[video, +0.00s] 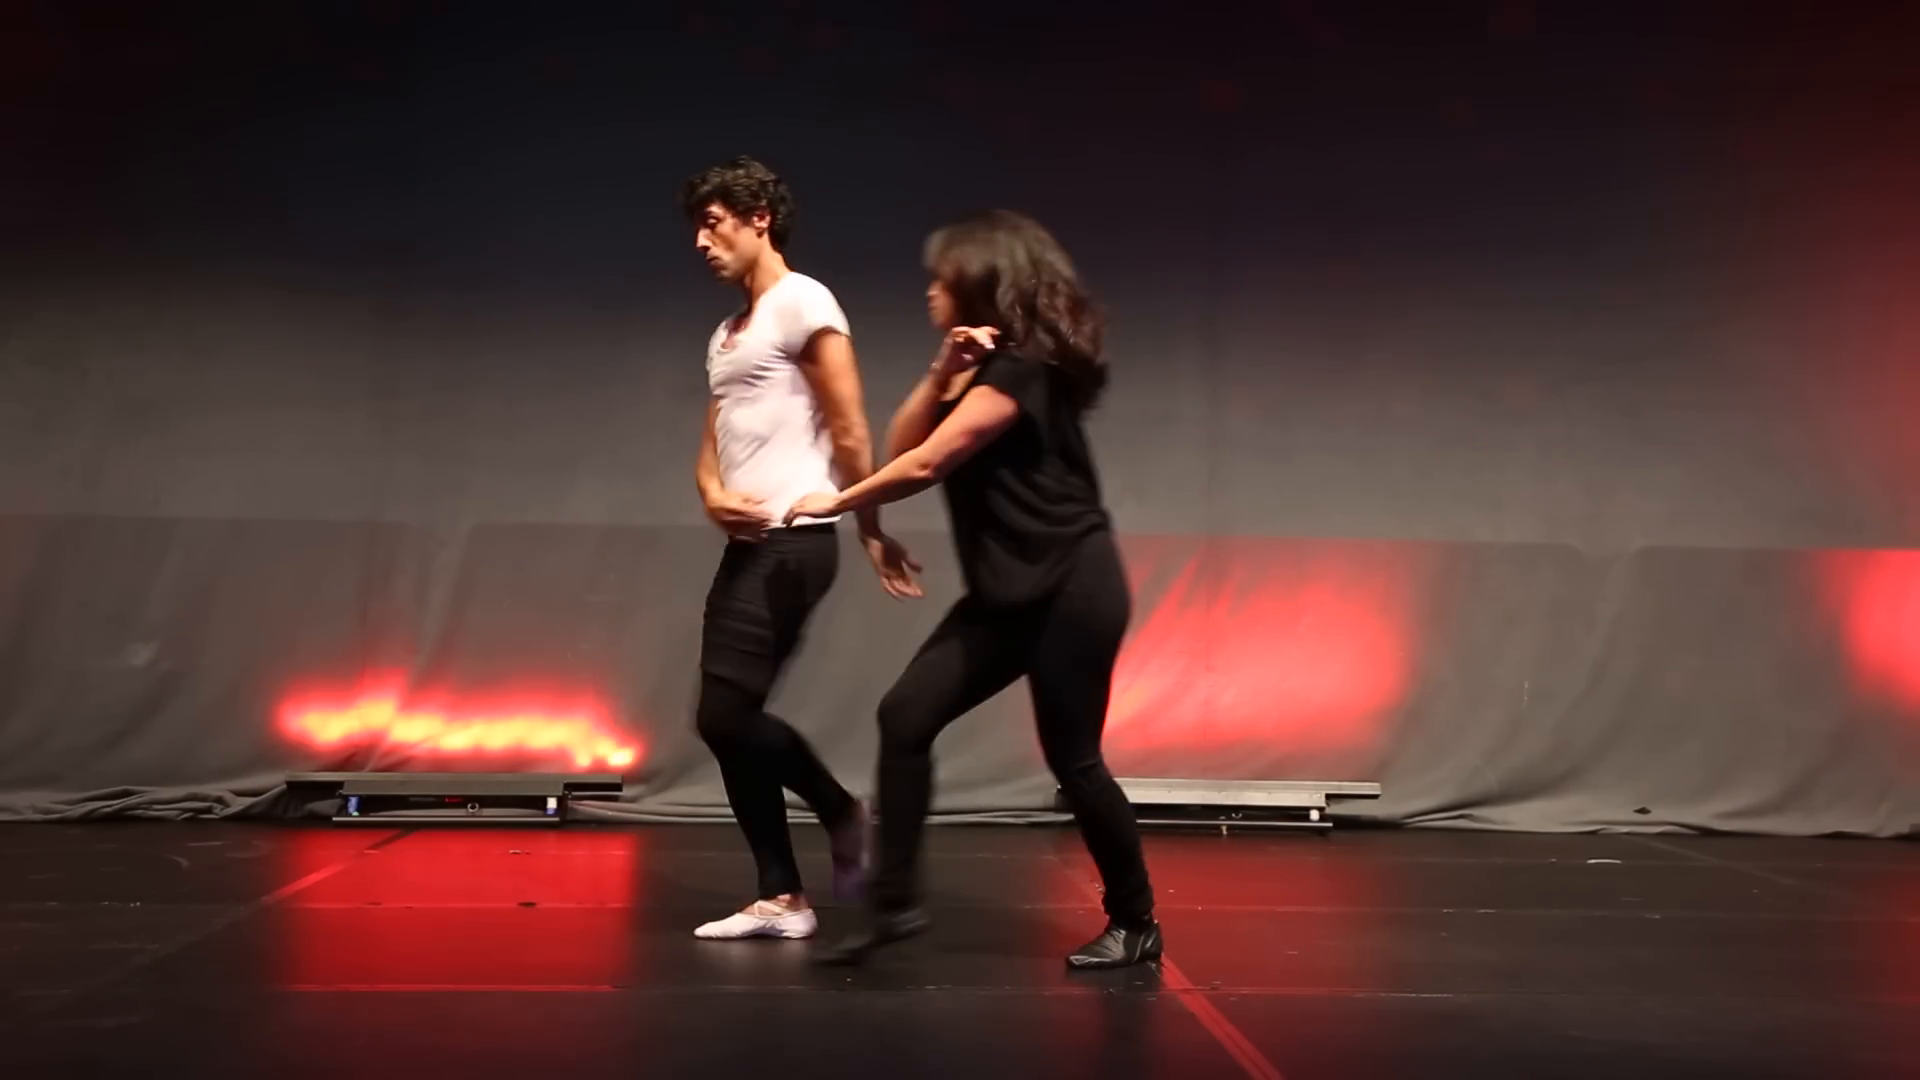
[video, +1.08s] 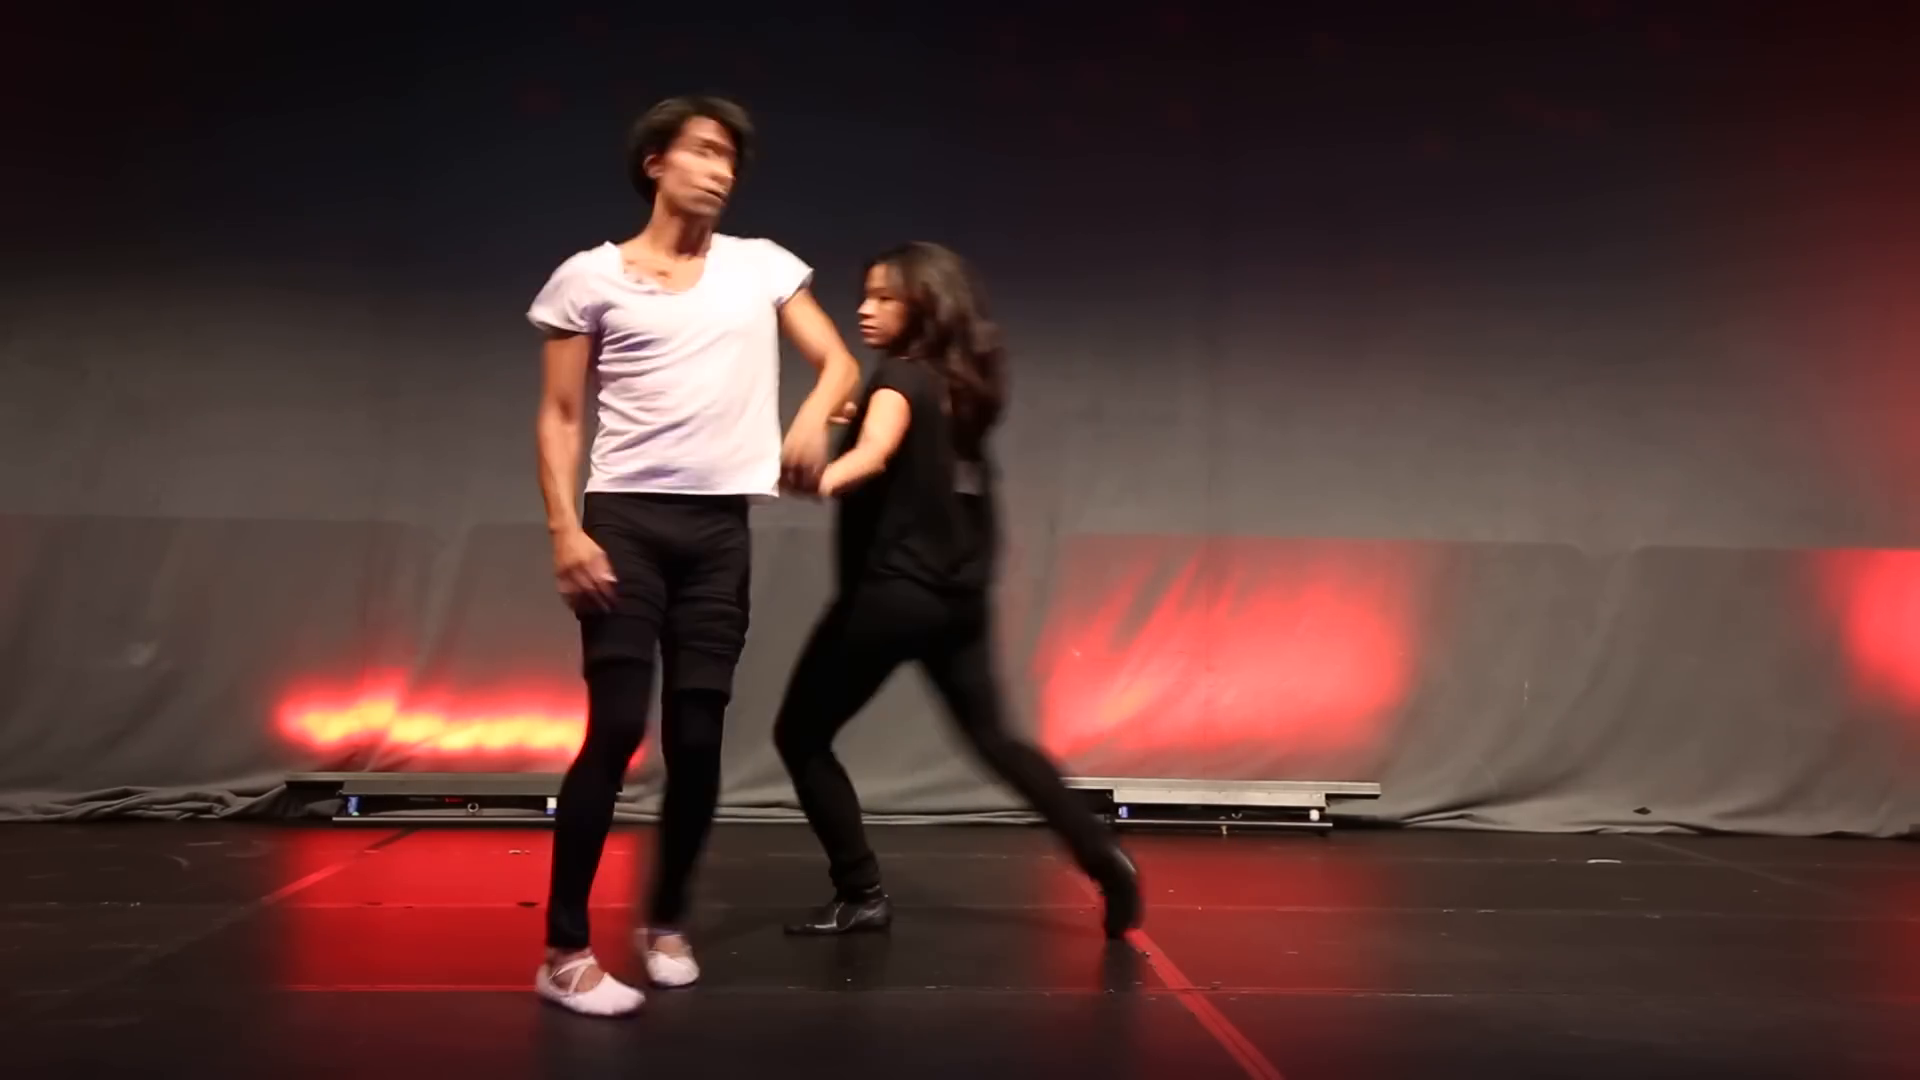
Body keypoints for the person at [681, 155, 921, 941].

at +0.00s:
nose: (703, 242)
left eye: (715, 225)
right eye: (699, 229)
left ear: (760, 222)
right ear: (723, 235)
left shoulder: (805, 302)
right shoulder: (729, 333)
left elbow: (849, 429)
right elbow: (713, 440)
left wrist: (875, 532)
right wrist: (711, 494)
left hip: (794, 538)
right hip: (748, 541)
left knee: (730, 714)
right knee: (724, 718)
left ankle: (847, 820)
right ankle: (782, 897)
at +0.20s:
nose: (704, 242)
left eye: (704, 231)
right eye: (705, 231)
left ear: (720, 228)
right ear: (777, 230)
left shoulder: (714, 286)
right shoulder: (823, 317)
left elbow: (741, 398)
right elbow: (819, 441)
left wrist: (817, 465)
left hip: (739, 534)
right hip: (796, 541)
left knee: (644, 683)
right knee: (742, 711)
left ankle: (788, 785)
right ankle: (779, 899)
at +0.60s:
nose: (789, 241)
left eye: (787, 228)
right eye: (790, 229)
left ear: (712, 216)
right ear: (776, 226)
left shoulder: (651, 279)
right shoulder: (805, 320)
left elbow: (613, 392)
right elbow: (838, 458)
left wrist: (715, 442)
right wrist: (887, 530)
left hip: (699, 526)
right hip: (781, 534)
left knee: (670, 723)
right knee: (772, 717)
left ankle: (737, 910)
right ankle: (781, 904)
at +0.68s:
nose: (781, 240)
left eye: (781, 229)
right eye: (783, 229)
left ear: (701, 212)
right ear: (770, 225)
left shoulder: (644, 273)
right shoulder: (795, 321)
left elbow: (618, 382)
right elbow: (803, 460)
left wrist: (717, 449)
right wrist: (823, 545)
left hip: (698, 532)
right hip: (773, 535)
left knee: (649, 727)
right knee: (751, 713)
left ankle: (728, 924)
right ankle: (779, 900)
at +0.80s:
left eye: (684, 196)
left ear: (683, 200)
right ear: (756, 221)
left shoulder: (665, 260)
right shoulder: (765, 310)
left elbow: (696, 357)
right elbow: (743, 453)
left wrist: (741, 453)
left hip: (703, 530)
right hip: (741, 533)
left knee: (650, 722)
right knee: (643, 710)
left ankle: (734, 932)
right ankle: (742, 858)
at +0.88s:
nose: (658, 203)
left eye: (663, 190)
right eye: (663, 191)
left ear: (678, 194)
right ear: (732, 204)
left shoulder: (704, 249)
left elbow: (782, 351)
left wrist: (758, 468)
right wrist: (588, 538)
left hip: (709, 531)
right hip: (674, 532)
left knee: (658, 729)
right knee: (577, 712)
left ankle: (739, 934)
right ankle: (687, 878)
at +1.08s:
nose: (720, 167)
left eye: (728, 156)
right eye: (704, 150)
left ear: (734, 176)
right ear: (654, 163)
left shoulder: (762, 268)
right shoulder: (589, 280)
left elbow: (842, 365)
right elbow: (561, 415)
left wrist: (812, 420)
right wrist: (565, 529)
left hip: (721, 528)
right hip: (621, 523)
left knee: (697, 737)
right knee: (617, 726)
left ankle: (667, 929)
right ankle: (568, 953)